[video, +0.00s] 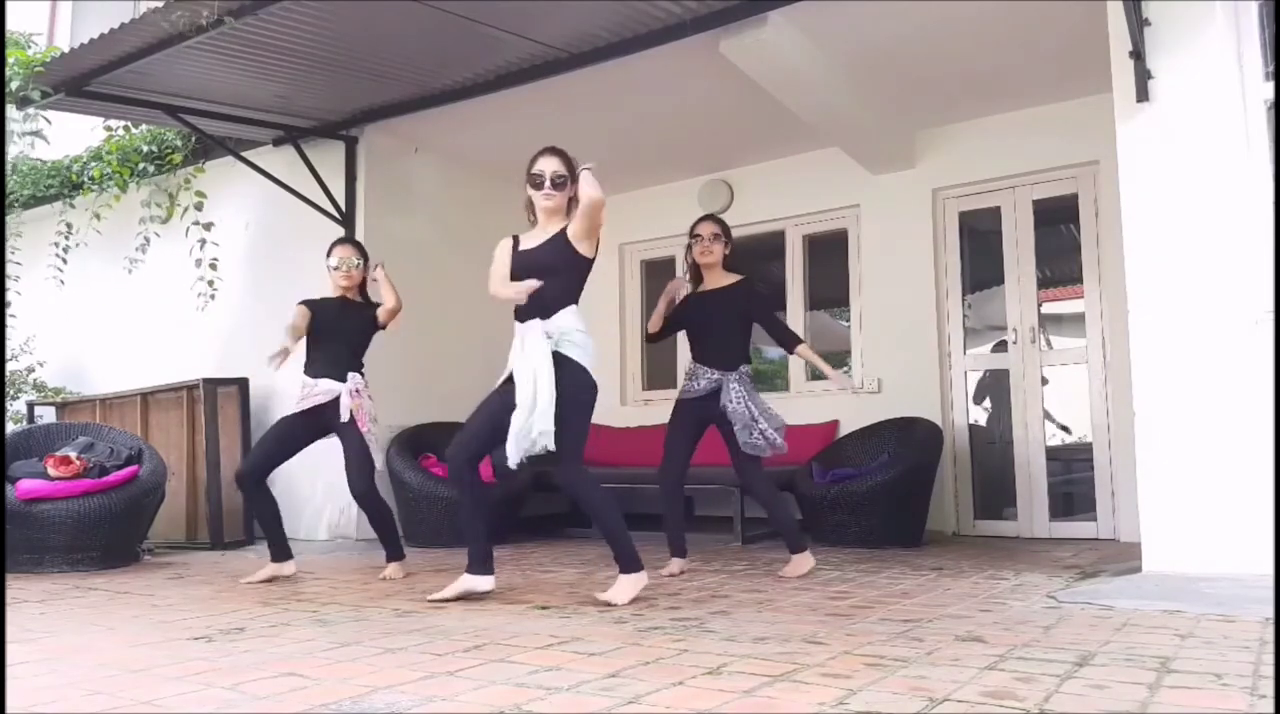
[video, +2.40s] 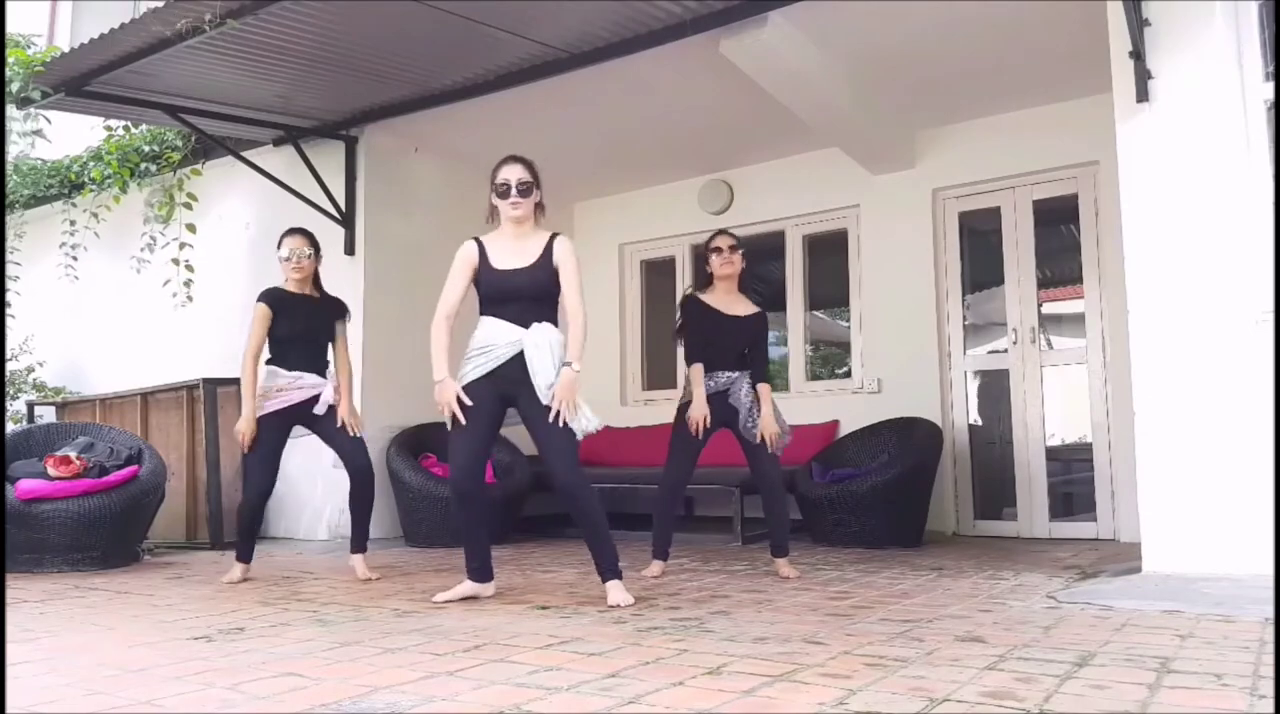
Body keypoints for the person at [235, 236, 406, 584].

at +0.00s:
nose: (344, 270)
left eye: (352, 264)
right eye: (337, 265)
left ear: (363, 272)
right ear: (328, 270)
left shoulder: (370, 313)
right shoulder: (311, 306)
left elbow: (393, 307)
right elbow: (297, 326)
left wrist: (381, 278)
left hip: (351, 407)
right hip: (312, 406)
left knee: (362, 489)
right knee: (249, 473)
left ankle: (396, 559)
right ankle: (281, 559)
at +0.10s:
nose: (331, 273)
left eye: (339, 266)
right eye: (323, 267)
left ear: (351, 273)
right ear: (314, 275)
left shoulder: (367, 311)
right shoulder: (306, 318)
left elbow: (393, 332)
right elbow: (270, 356)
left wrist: (381, 296)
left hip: (343, 410)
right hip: (302, 406)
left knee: (354, 494)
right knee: (254, 482)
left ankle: (394, 559)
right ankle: (256, 559)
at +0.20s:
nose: (317, 267)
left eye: (325, 261)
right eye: (310, 261)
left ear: (338, 268)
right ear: (301, 269)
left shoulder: (357, 311)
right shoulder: (291, 315)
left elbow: (381, 361)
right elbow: (246, 358)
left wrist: (380, 316)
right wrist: (198, 379)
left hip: (333, 405)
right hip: (289, 401)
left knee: (352, 486)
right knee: (255, 487)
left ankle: (391, 555)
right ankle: (249, 564)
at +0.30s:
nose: (312, 255)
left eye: (320, 249)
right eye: (305, 250)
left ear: (333, 256)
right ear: (295, 257)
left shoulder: (350, 304)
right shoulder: (281, 301)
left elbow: (364, 361)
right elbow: (244, 351)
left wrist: (376, 368)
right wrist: (217, 398)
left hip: (332, 397)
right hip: (286, 396)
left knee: (354, 473)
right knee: (258, 483)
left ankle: (369, 550)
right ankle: (248, 563)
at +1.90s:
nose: (300, 262)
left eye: (309, 256)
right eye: (294, 257)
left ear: (326, 262)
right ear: (289, 262)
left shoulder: (346, 304)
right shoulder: (281, 310)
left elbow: (362, 358)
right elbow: (274, 366)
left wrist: (362, 409)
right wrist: (267, 416)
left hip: (338, 399)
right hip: (293, 400)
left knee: (356, 479)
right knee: (261, 482)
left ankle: (357, 562)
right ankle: (246, 560)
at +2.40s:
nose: (295, 261)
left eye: (303, 255)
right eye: (288, 256)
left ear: (316, 260)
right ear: (280, 261)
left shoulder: (333, 307)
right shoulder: (271, 300)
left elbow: (342, 358)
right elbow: (251, 356)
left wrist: (347, 401)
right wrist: (248, 412)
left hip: (321, 399)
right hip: (275, 399)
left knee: (361, 464)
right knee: (258, 485)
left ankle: (358, 554)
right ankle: (241, 562)